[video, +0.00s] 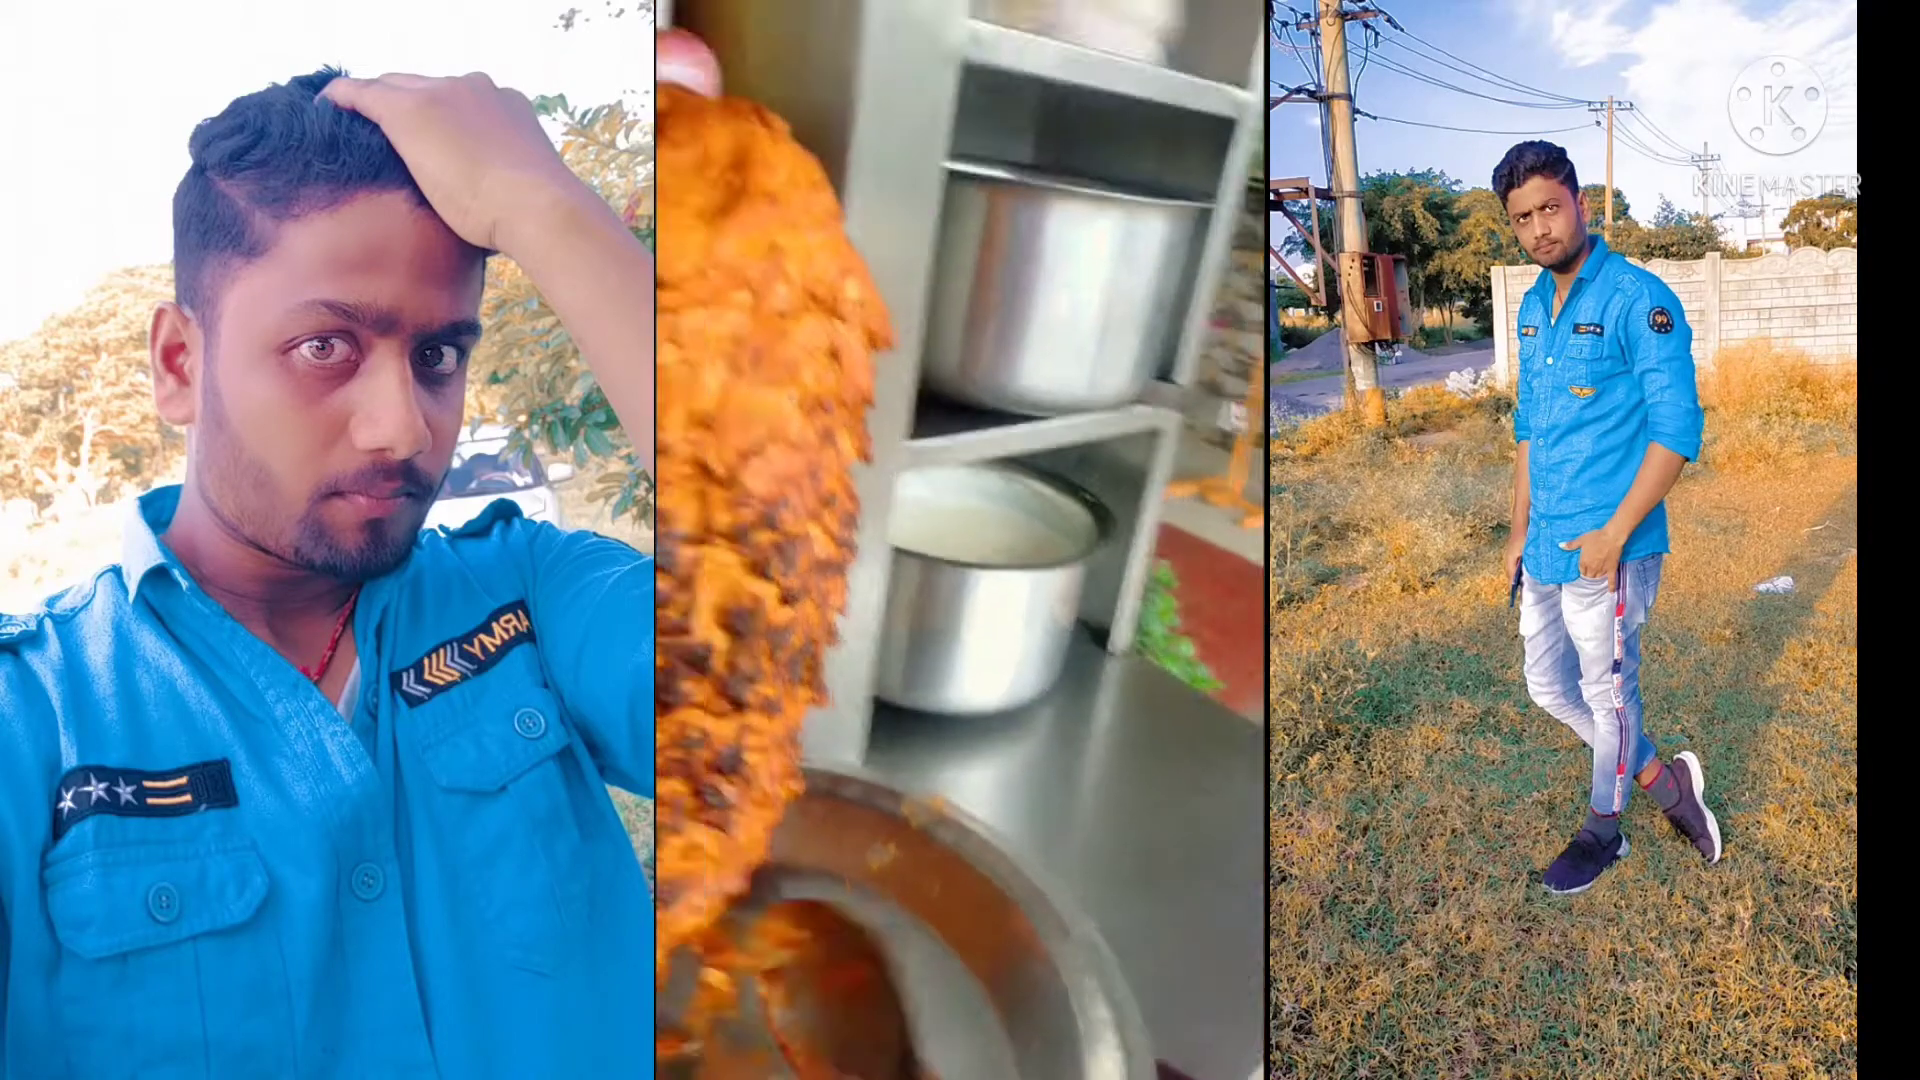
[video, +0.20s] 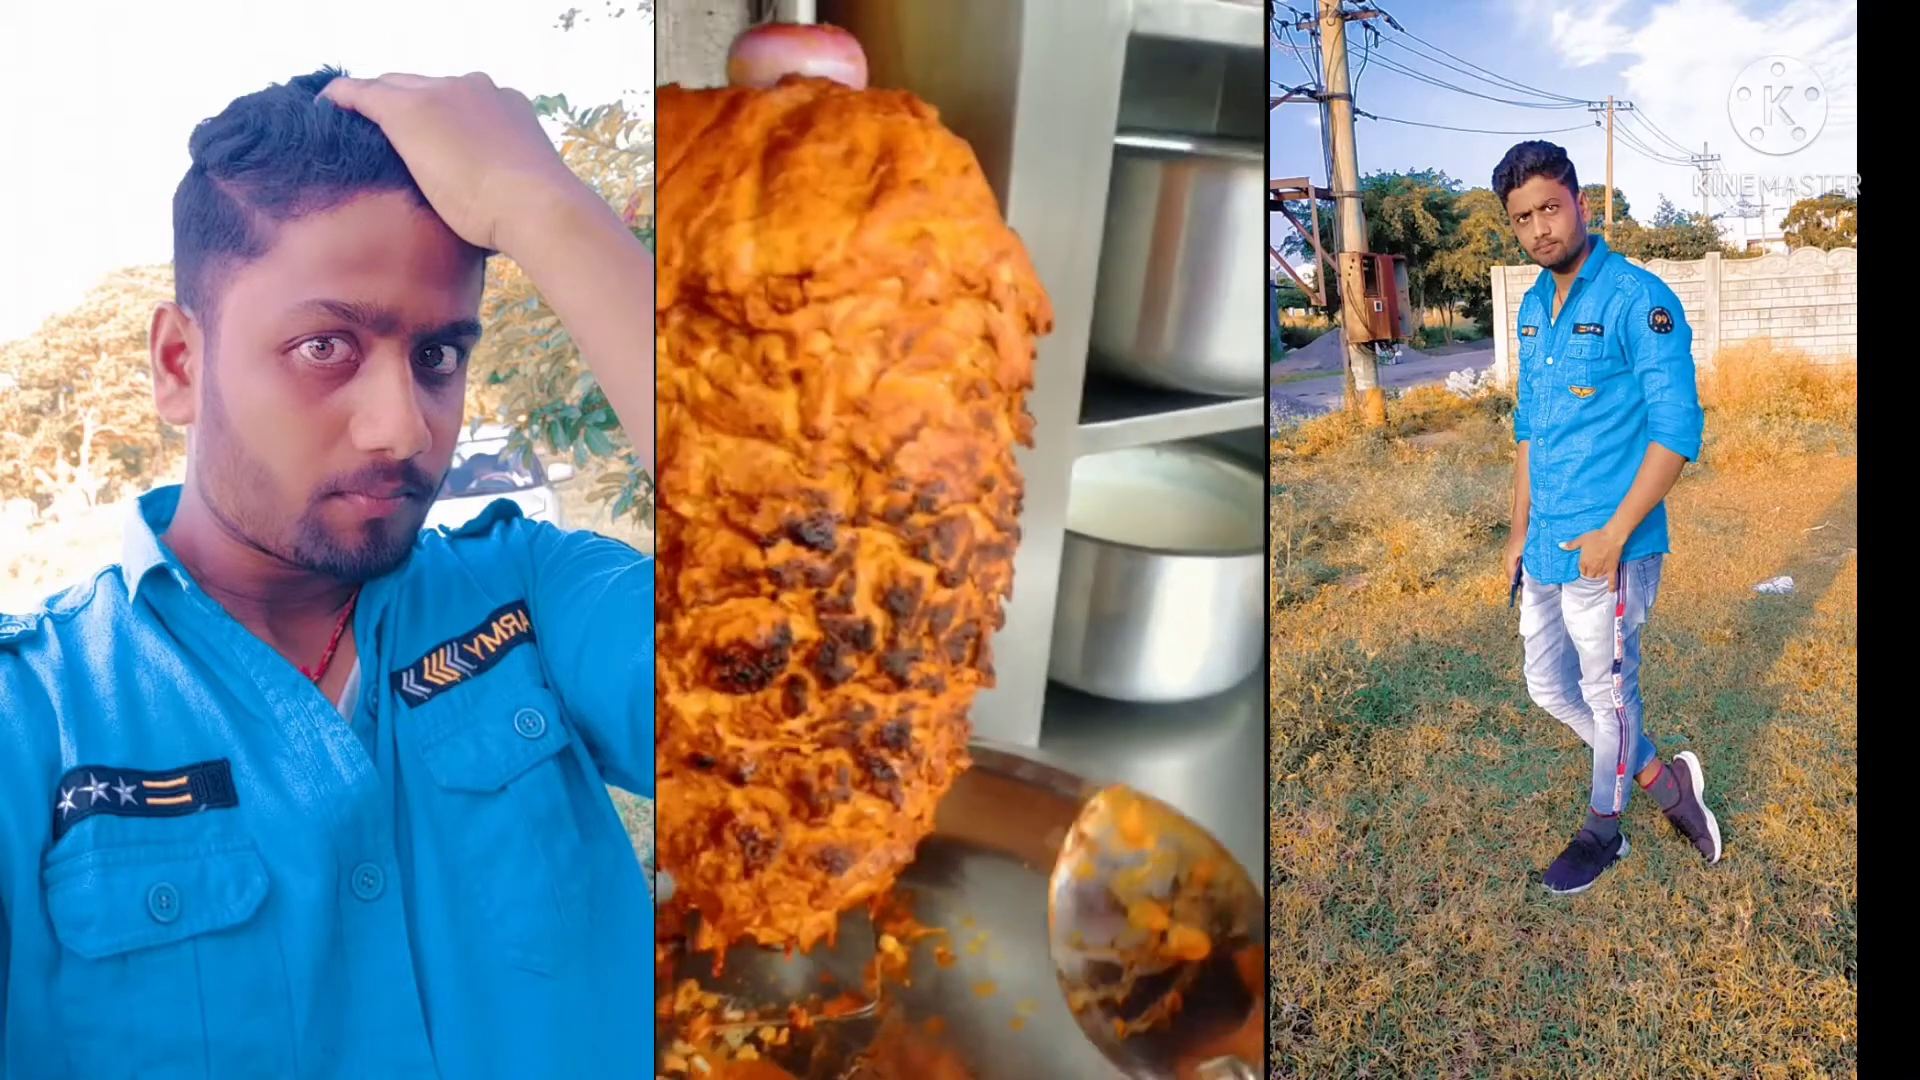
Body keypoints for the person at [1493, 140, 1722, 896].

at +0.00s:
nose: (1537, 229)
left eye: (1548, 208)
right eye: (1522, 219)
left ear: (1582, 202)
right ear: (1513, 228)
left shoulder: (1641, 299)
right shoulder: (1534, 307)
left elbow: (1678, 432)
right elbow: (1529, 431)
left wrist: (1615, 533)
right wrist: (1520, 529)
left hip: (1611, 537)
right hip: (1544, 538)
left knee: (1610, 691)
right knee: (1549, 685)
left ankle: (1602, 827)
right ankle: (1666, 778)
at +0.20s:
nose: (1537, 229)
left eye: (1548, 208)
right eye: (1522, 219)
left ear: (1582, 202)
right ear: (1513, 229)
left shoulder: (1641, 299)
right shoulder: (1534, 307)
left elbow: (1678, 432)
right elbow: (1529, 431)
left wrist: (1615, 533)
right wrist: (1520, 529)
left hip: (1611, 537)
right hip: (1544, 538)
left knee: (1610, 691)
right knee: (1549, 685)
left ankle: (1602, 827)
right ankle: (1665, 778)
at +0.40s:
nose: (1537, 229)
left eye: (1548, 208)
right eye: (1522, 219)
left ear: (1582, 202)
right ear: (1513, 229)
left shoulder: (1641, 299)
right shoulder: (1534, 307)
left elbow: (1678, 432)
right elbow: (1529, 431)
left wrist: (1615, 533)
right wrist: (1520, 528)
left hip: (1611, 537)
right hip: (1544, 538)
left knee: (1610, 691)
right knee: (1549, 685)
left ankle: (1602, 827)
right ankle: (1665, 778)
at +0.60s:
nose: (1537, 229)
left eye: (1549, 208)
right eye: (1522, 219)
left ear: (1582, 203)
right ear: (1513, 229)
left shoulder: (1640, 299)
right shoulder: (1534, 308)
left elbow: (1678, 432)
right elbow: (1529, 432)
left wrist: (1615, 533)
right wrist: (1520, 530)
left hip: (1611, 537)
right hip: (1544, 538)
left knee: (1610, 690)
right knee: (1549, 684)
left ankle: (1602, 828)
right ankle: (1665, 778)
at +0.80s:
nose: (1537, 229)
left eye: (1548, 208)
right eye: (1522, 219)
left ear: (1582, 202)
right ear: (1513, 229)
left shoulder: (1641, 299)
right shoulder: (1534, 307)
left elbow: (1678, 432)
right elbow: (1529, 431)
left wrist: (1615, 533)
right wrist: (1520, 528)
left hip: (1611, 537)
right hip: (1544, 538)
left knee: (1610, 690)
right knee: (1549, 685)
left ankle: (1602, 827)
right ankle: (1665, 778)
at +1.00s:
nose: (1537, 229)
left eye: (1548, 208)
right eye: (1522, 219)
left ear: (1582, 202)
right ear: (1513, 228)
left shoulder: (1641, 299)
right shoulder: (1534, 306)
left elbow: (1678, 432)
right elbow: (1529, 430)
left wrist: (1616, 532)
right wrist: (1520, 529)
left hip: (1611, 538)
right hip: (1544, 539)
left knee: (1610, 691)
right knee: (1549, 685)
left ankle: (1602, 827)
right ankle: (1664, 777)